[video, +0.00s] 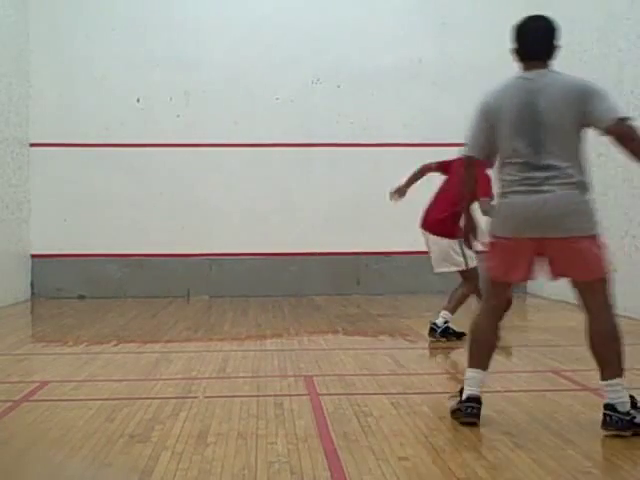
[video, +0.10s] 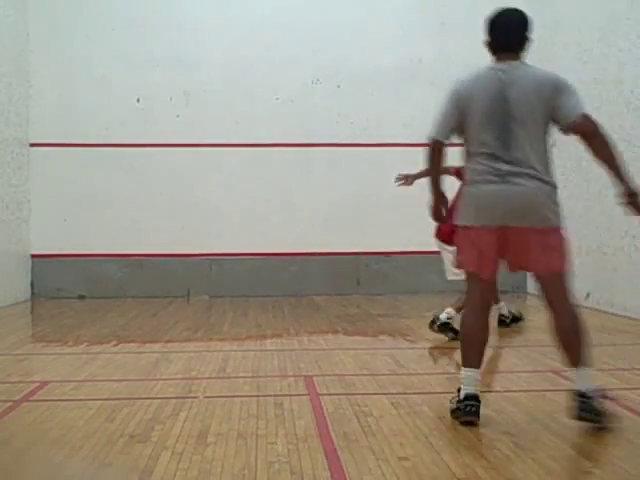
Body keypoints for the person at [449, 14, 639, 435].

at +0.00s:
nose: (530, 52)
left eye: (524, 45)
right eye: (546, 44)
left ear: (516, 51)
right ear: (555, 49)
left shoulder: (496, 98)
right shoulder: (578, 91)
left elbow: (471, 162)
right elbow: (624, 133)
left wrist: (467, 212)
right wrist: (639, 157)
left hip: (511, 218)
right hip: (569, 216)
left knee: (492, 304)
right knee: (598, 307)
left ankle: (470, 397)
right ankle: (618, 406)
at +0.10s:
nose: (498, 44)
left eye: (491, 38)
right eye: (513, 36)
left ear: (488, 42)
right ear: (526, 41)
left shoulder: (466, 87)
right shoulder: (548, 84)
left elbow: (435, 143)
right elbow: (588, 131)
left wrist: (436, 196)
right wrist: (624, 183)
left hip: (478, 208)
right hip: (534, 208)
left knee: (478, 296)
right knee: (559, 299)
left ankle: (468, 394)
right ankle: (584, 390)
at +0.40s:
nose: (422, 53)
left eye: (417, 45)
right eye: (436, 47)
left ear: (409, 51)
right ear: (446, 52)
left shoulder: (388, 96)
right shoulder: (466, 99)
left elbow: (367, 158)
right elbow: (501, 157)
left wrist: (360, 211)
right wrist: (492, 201)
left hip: (402, 219)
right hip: (459, 218)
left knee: (378, 306)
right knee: (478, 305)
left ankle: (373, 403)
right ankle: (516, 396)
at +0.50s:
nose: (389, 44)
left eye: (381, 36)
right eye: (400, 37)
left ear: (374, 41)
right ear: (409, 43)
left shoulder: (355, 79)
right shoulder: (426, 88)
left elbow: (337, 134)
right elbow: (458, 151)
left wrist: (331, 190)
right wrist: (438, 195)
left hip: (367, 205)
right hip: (418, 205)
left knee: (360, 304)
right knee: (436, 295)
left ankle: (370, 401)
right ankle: (472, 378)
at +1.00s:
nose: (130, 81)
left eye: (130, 73)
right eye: (133, 72)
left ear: (134, 73)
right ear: (162, 68)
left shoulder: (167, 108)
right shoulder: (164, 113)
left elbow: (123, 169)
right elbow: (150, 197)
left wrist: (61, 220)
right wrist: (86, 217)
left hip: (195, 244)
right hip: (178, 243)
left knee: (167, 343)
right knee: (121, 295)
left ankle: (254, 423)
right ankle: (177, 369)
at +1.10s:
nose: (57, 97)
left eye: (58, 89)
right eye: (60, 88)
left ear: (65, 88)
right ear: (89, 82)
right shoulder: (94, 121)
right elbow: (70, 198)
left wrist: (9, 222)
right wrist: (19, 214)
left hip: (136, 255)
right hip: (113, 252)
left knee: (141, 358)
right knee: (46, 302)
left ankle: (242, 415)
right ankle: (8, 379)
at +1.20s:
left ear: (3, 106)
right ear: (19, 103)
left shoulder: (23, 135)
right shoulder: (32, 134)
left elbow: (6, 200)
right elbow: (15, 203)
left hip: (61, 274)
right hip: (40, 274)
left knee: (78, 374)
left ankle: (186, 406)